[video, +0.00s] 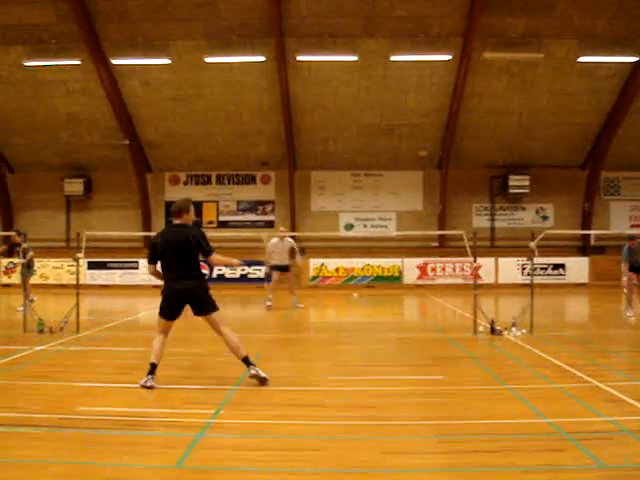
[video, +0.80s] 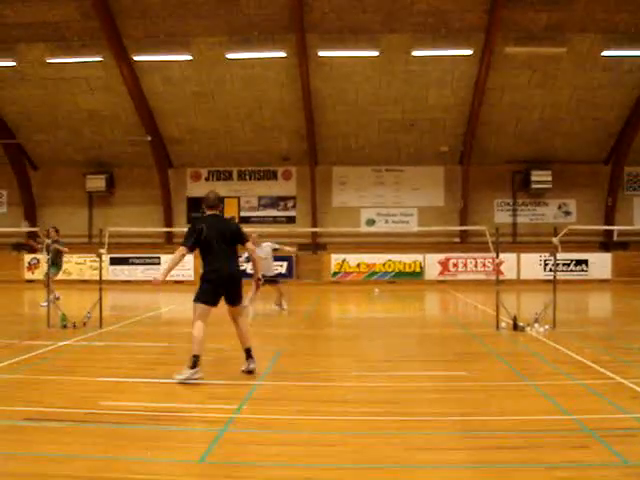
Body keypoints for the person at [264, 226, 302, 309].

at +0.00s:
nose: (282, 235)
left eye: (283, 232)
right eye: (280, 232)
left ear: (286, 234)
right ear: (278, 233)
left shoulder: (290, 242)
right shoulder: (272, 243)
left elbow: (296, 252)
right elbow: (268, 254)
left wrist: (297, 261)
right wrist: (267, 264)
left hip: (286, 263)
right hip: (275, 263)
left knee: (291, 281)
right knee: (274, 281)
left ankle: (294, 299)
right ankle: (269, 298)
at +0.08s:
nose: (286, 241)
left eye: (287, 239)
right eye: (284, 240)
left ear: (289, 240)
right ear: (282, 240)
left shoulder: (293, 247)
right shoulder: (279, 248)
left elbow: (302, 256)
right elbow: (273, 260)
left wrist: (304, 267)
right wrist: (273, 273)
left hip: (291, 269)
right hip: (281, 269)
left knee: (299, 283)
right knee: (278, 281)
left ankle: (300, 301)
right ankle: (275, 298)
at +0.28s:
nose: (280, 238)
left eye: (281, 236)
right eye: (278, 236)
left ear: (283, 237)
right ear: (276, 237)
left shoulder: (287, 246)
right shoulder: (272, 247)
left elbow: (296, 253)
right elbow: (268, 259)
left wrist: (300, 262)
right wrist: (271, 271)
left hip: (287, 269)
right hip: (278, 270)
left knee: (292, 284)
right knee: (283, 283)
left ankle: (296, 299)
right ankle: (287, 301)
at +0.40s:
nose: (275, 232)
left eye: (276, 229)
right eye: (273, 230)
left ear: (279, 230)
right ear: (271, 231)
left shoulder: (283, 240)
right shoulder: (267, 242)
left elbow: (293, 248)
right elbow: (265, 255)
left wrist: (298, 258)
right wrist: (267, 265)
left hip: (284, 264)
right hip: (274, 266)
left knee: (287, 283)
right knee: (284, 281)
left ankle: (283, 299)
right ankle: (292, 301)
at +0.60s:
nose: (270, 231)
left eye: (272, 229)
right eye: (269, 229)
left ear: (275, 229)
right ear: (267, 230)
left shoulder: (280, 238)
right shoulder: (264, 241)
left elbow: (292, 245)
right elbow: (259, 253)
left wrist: (301, 251)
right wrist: (257, 262)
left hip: (281, 263)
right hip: (270, 264)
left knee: (284, 283)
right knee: (275, 281)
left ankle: (274, 300)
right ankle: (283, 300)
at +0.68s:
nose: (268, 237)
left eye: (269, 235)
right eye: (266, 236)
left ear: (272, 235)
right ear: (264, 236)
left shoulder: (279, 241)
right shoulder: (263, 245)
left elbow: (293, 244)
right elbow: (257, 255)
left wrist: (305, 249)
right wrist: (251, 261)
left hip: (281, 267)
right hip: (270, 267)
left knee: (284, 287)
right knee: (270, 280)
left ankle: (279, 303)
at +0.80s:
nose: (254, 241)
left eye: (256, 238)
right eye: (252, 239)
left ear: (259, 239)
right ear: (251, 240)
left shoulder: (268, 246)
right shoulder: (252, 251)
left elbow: (280, 247)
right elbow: (242, 260)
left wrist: (291, 250)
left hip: (271, 274)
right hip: (259, 275)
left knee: (280, 291)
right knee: (254, 292)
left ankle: (278, 303)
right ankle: (247, 304)